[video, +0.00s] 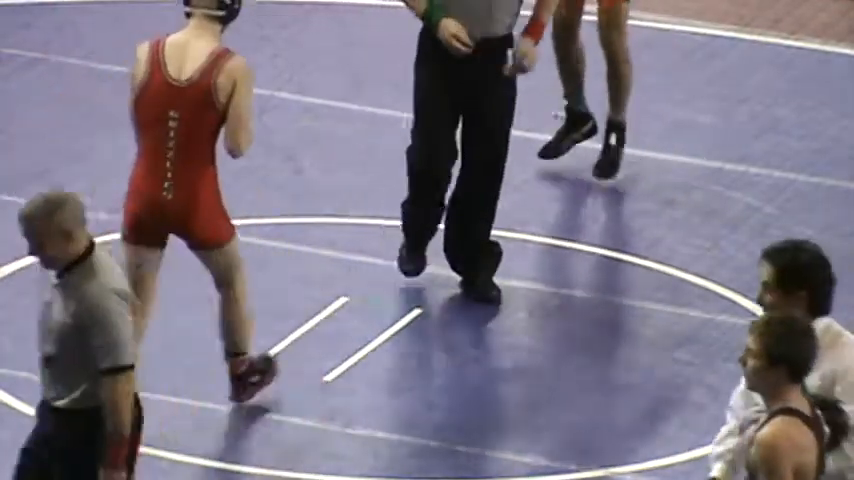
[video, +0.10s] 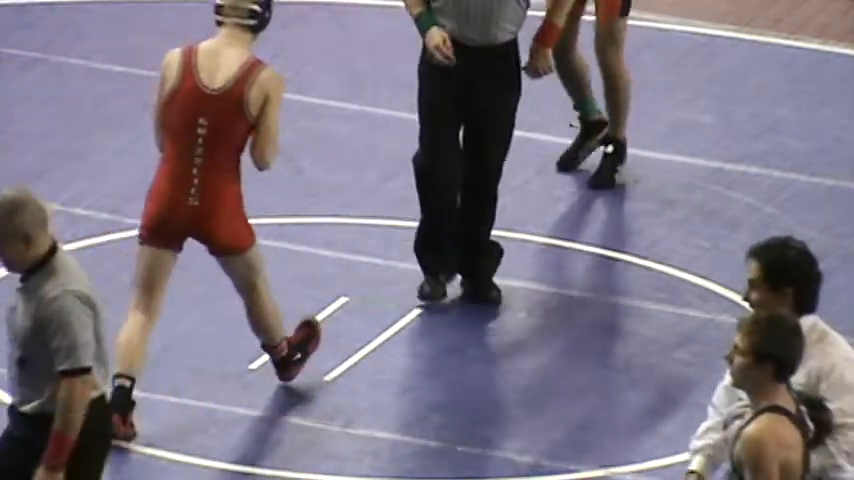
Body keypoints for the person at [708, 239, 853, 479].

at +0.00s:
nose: (759, 298)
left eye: (768, 289)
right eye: (760, 287)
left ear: (801, 298)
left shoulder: (845, 354)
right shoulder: (767, 345)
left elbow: (846, 451)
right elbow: (738, 415)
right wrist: (721, 470)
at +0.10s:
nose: (747, 296)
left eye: (755, 286)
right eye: (748, 285)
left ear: (787, 294)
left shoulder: (837, 359)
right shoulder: (756, 339)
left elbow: (844, 447)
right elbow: (723, 407)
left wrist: (780, 467)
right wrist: (698, 468)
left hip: (821, 474)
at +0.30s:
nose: (721, 294)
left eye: (730, 286)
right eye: (723, 285)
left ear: (762, 295)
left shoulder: (804, 358)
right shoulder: (728, 339)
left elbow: (817, 449)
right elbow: (692, 406)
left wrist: (751, 467)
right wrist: (663, 462)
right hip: (720, 471)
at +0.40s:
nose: (706, 299)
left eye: (714, 290)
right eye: (708, 289)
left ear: (746, 300)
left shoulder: (787, 359)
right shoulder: (717, 342)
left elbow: (799, 455)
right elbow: (681, 409)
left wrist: (730, 469)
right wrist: (649, 463)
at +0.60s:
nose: (674, 307)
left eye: (681, 299)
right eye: (677, 297)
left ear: (712, 315)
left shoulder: (753, 379)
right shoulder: (691, 357)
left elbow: (763, 466)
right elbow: (651, 423)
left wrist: (691, 470)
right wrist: (624, 469)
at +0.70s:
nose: (656, 317)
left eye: (665, 310)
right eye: (659, 306)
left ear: (695, 319)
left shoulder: (734, 382)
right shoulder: (678, 361)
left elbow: (745, 468)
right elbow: (633, 428)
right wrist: (607, 471)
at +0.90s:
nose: (632, 322)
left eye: (644, 315)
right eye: (631, 310)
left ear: (679, 317)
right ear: (628, 302)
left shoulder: (706, 382)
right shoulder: (638, 362)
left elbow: (716, 468)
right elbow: (605, 426)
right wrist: (575, 469)